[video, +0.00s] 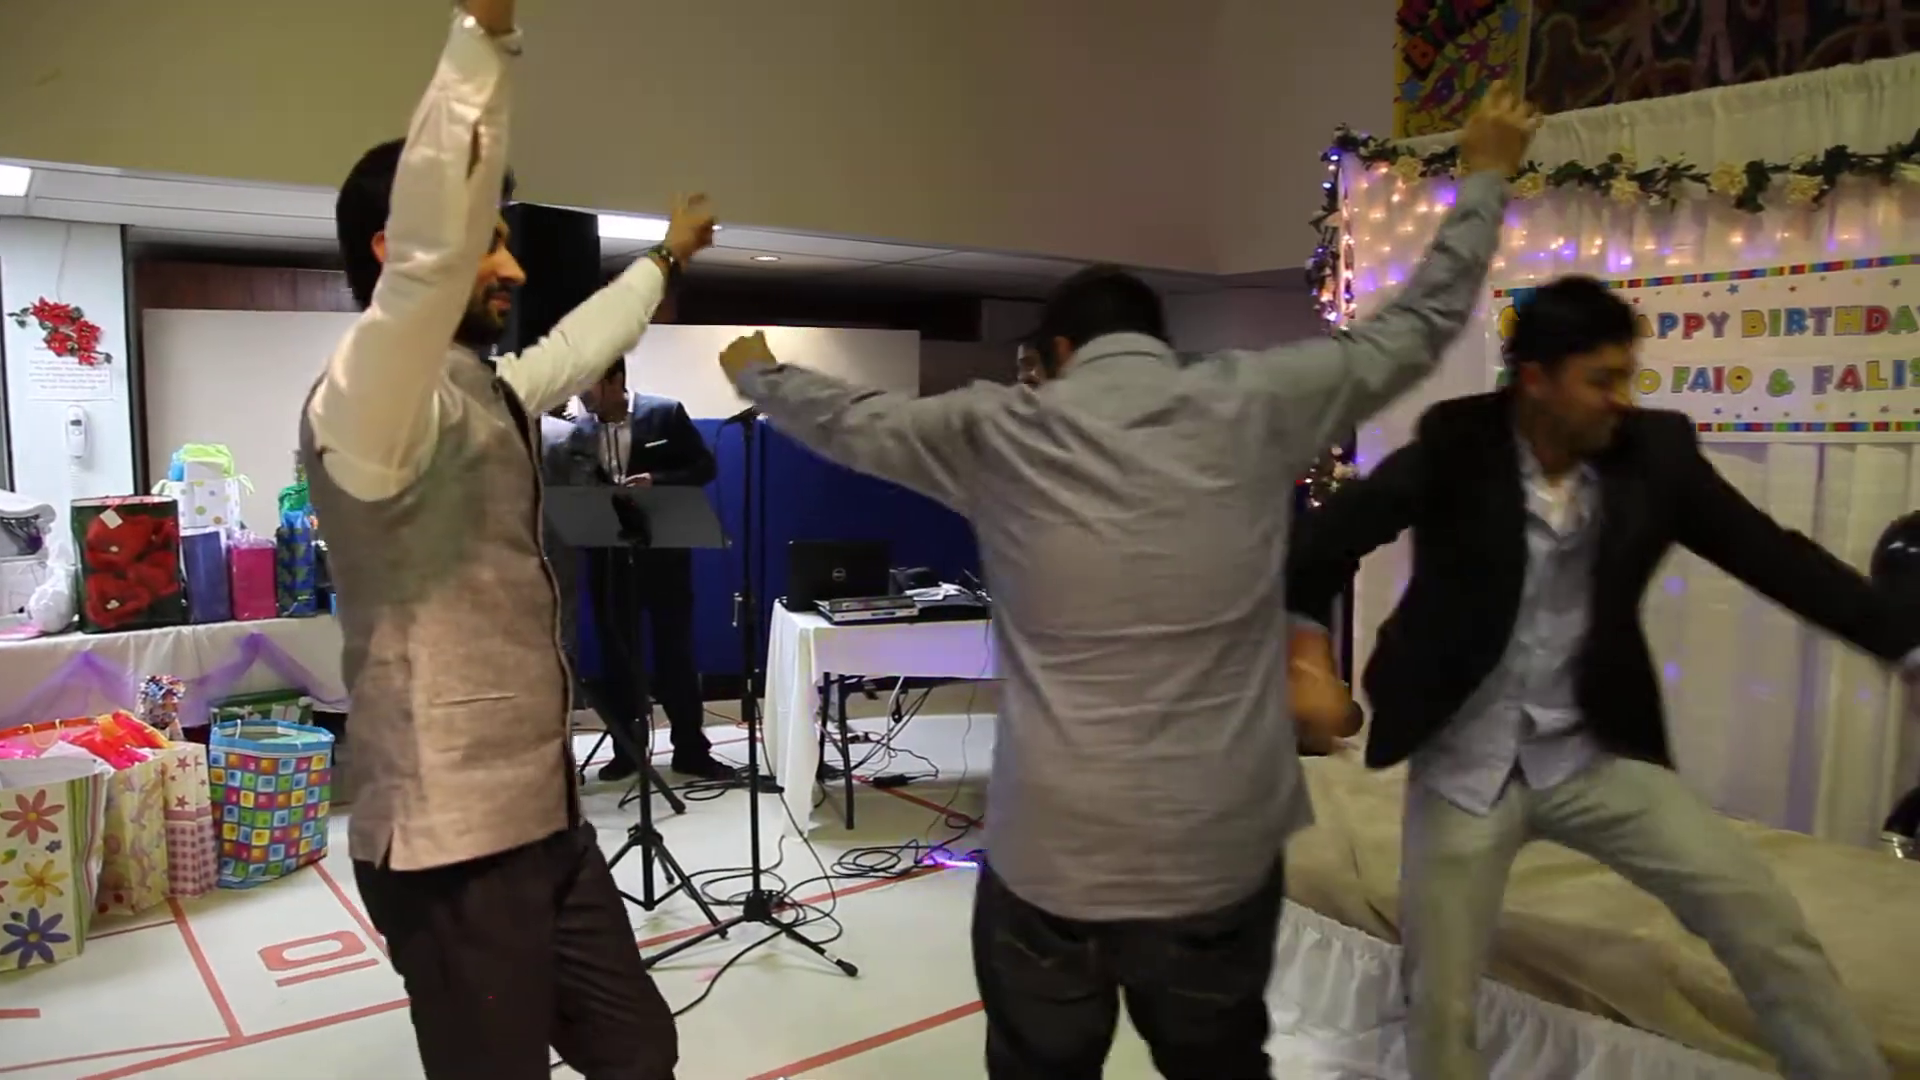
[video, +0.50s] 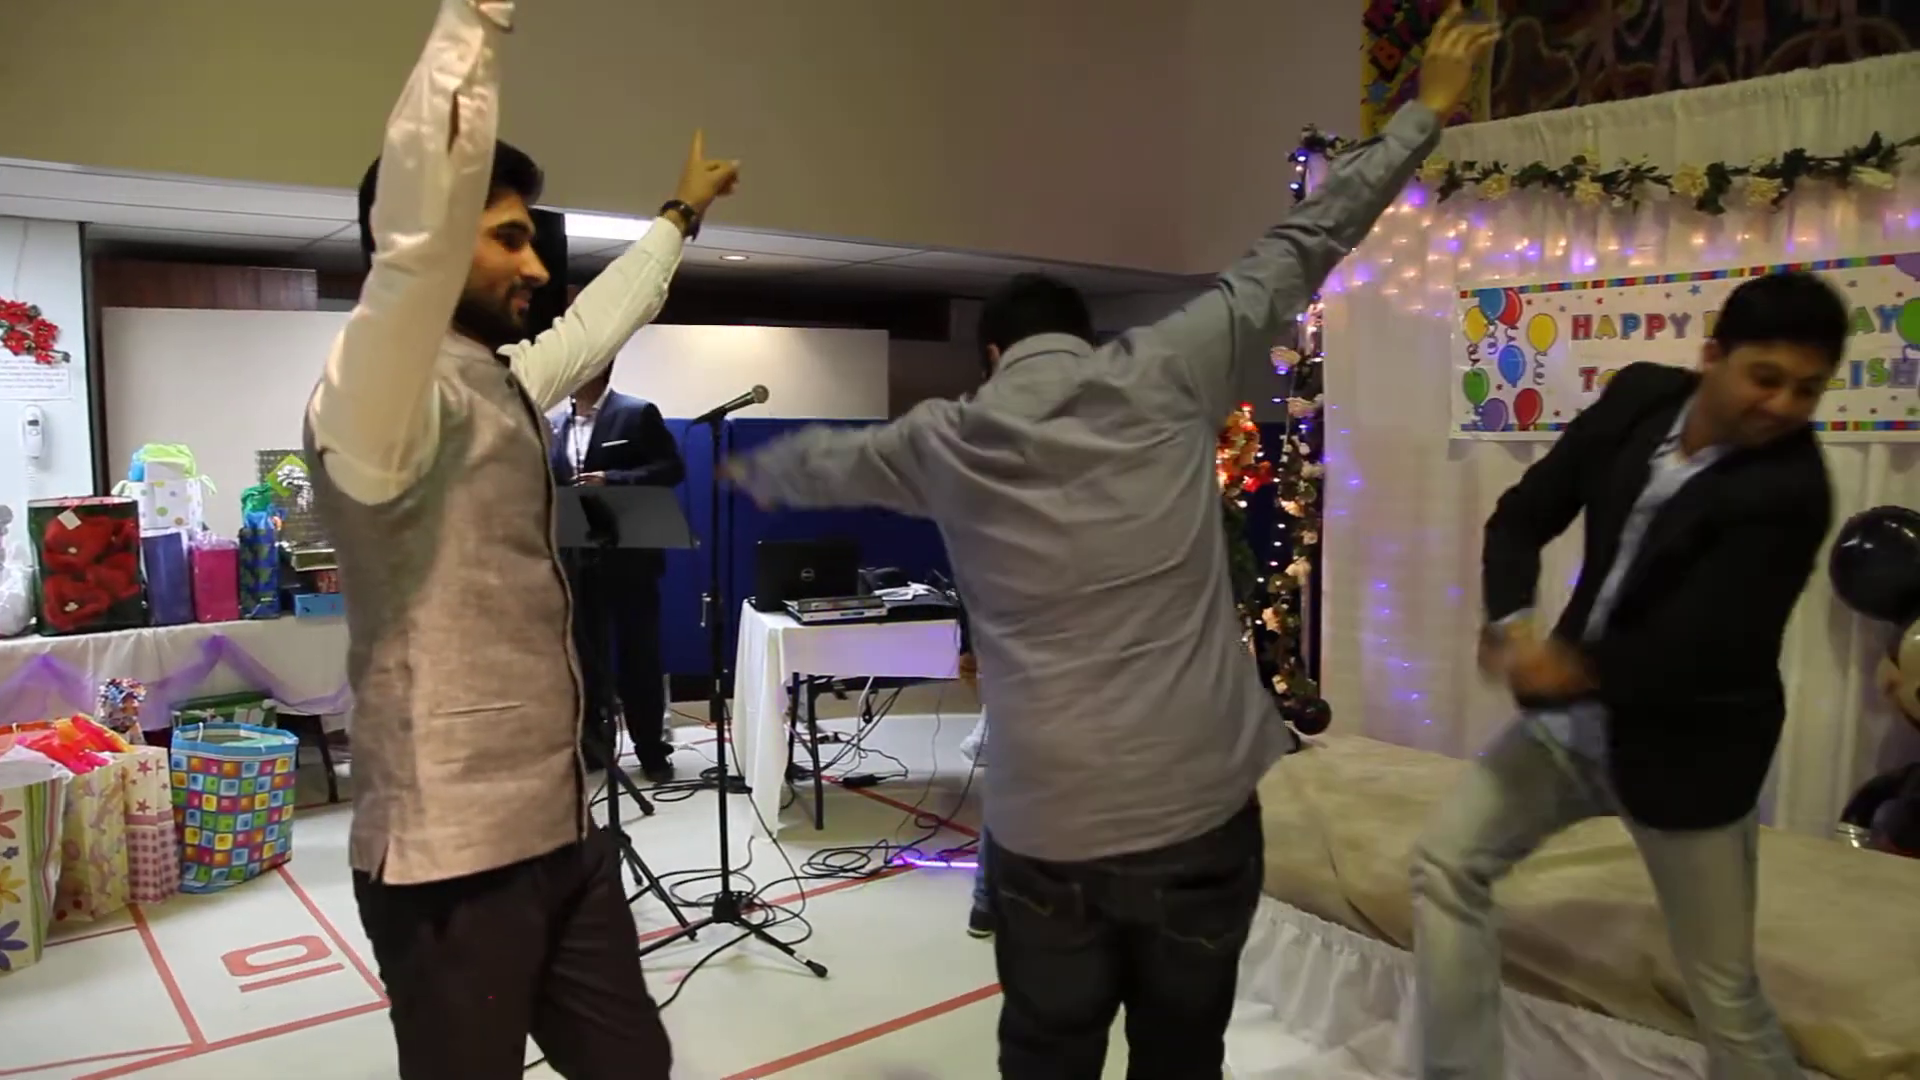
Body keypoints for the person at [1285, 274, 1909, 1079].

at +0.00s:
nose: (1622, 400)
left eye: (1627, 380)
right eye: (1604, 381)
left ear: (1634, 376)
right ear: (1532, 377)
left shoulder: (1654, 460)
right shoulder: (1450, 455)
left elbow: (1772, 556)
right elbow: (1322, 543)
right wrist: (1308, 665)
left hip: (1592, 757)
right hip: (1462, 767)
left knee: (1753, 909)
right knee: (1440, 998)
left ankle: (1857, 1074)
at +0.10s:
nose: (1685, 394)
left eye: (1692, 375)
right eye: (1666, 376)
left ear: (1696, 368)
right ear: (1593, 366)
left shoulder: (1710, 453)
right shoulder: (1501, 425)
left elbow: (1836, 570)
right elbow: (1365, 500)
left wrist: (1917, 618)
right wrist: (1258, 583)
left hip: (1629, 745)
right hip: (1493, 749)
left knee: (1758, 955)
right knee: (1453, 978)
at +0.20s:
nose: (1738, 400)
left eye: (1747, 380)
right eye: (1719, 381)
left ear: (1752, 370)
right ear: (1648, 368)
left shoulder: (1770, 452)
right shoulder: (1553, 415)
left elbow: (1852, 602)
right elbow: (1422, 487)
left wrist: (1918, 706)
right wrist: (1299, 580)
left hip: (1666, 773)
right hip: (1526, 760)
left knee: (1735, 999)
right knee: (1446, 955)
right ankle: (1437, 1077)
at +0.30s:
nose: (1782, 424)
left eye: (1794, 403)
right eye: (1761, 403)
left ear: (1805, 394)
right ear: (1693, 387)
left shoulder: (1821, 509)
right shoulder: (1600, 441)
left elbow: (1809, 679)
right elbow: (1477, 528)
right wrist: (1345, 630)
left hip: (1695, 794)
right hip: (1556, 766)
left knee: (1741, 1043)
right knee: (1458, 953)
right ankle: (1429, 1074)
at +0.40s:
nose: (1804, 412)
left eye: (1823, 391)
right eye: (1782, 387)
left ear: (1838, 382)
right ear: (1722, 365)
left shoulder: (1828, 505)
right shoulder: (1641, 410)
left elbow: (1738, 677)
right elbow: (1533, 516)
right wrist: (1439, 642)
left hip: (1689, 766)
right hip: (1567, 726)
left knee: (1734, 1005)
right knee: (1449, 888)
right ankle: (1462, 1074)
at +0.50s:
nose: (1782, 406)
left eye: (1806, 391)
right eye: (1766, 379)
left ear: (1824, 390)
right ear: (1714, 356)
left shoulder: (1793, 490)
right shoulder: (1640, 399)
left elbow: (1711, 640)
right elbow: (1520, 516)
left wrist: (1583, 668)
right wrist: (1507, 622)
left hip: (1691, 760)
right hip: (1579, 719)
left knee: (1723, 995)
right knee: (1446, 867)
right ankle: (1459, 1073)